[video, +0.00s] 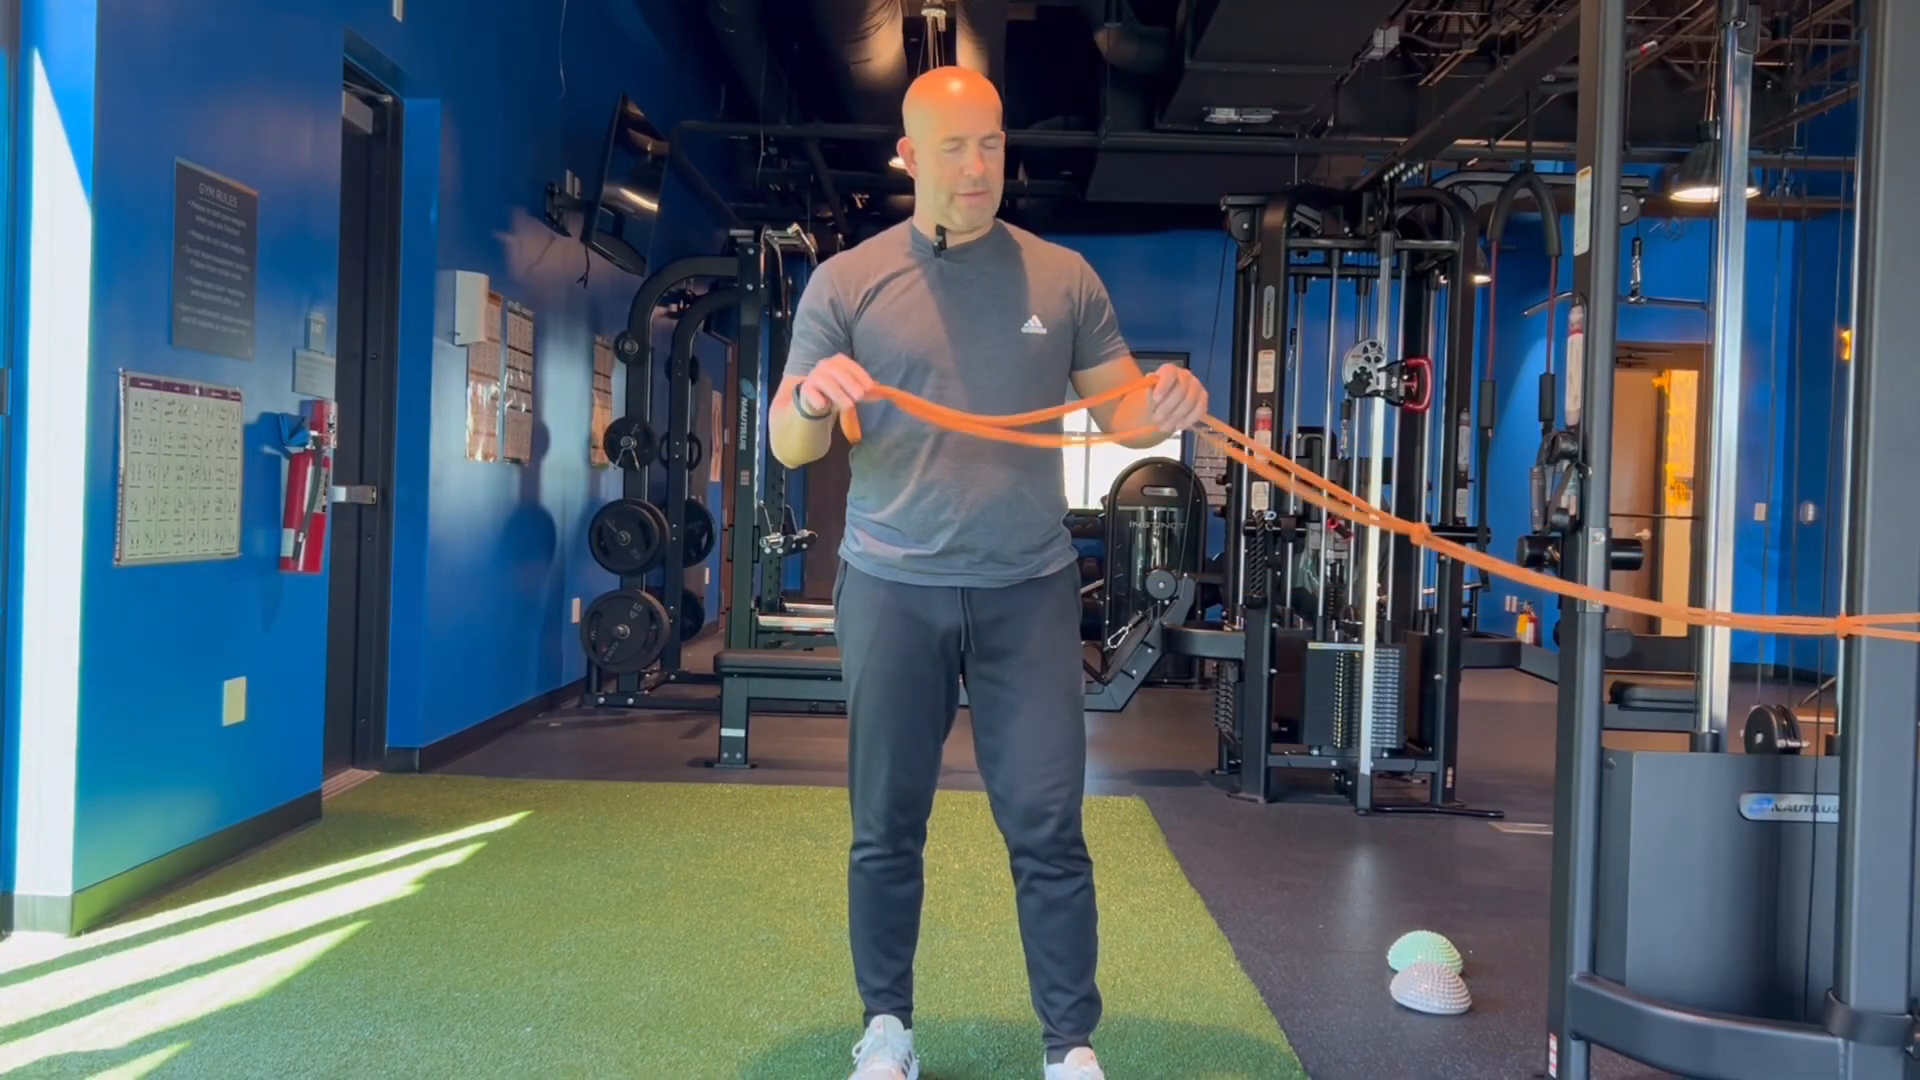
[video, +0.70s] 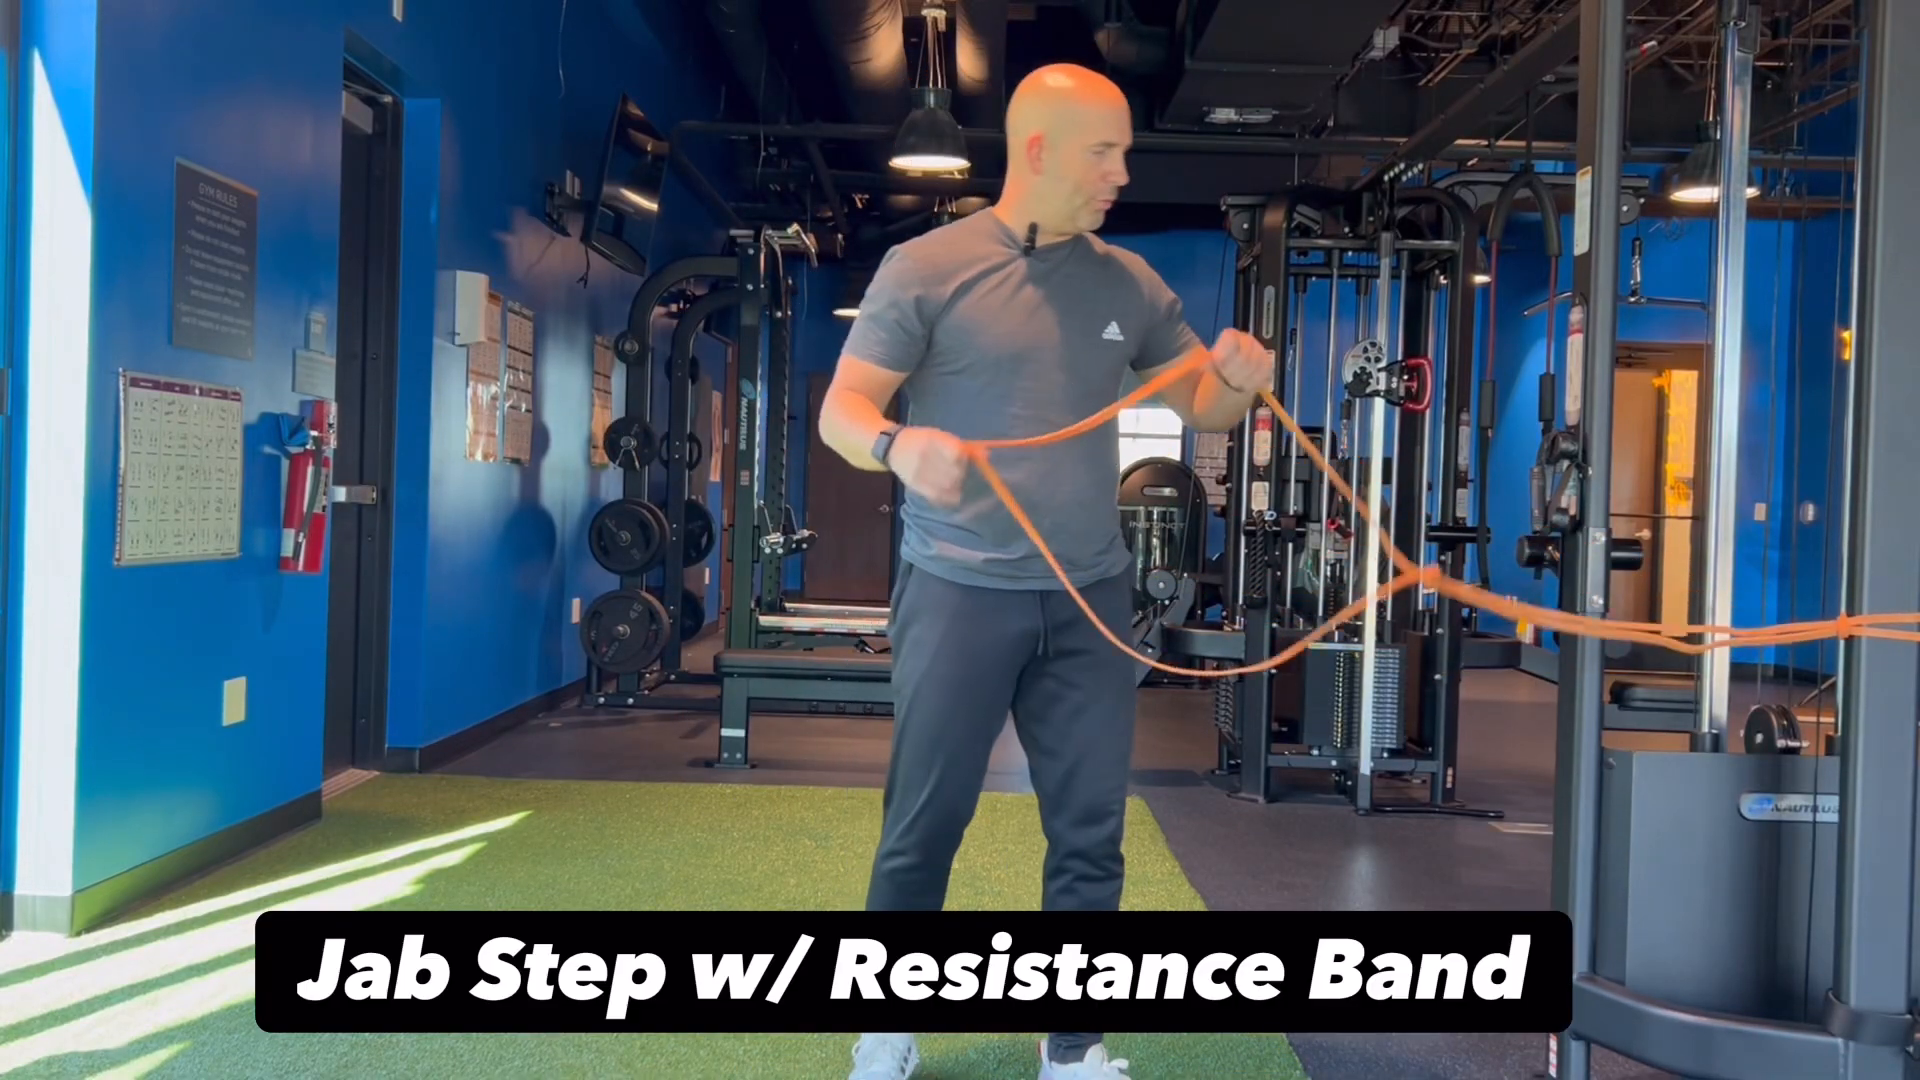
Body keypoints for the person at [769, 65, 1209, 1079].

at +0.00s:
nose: (980, 166)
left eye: (992, 145)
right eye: (957, 148)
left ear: (1006, 150)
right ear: (909, 160)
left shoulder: (1065, 279)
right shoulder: (845, 285)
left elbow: (1123, 420)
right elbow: (788, 448)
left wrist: (1167, 402)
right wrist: (810, 399)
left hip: (1031, 585)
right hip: (892, 586)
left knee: (1047, 822)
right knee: (887, 824)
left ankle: (1071, 1043)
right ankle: (887, 1021)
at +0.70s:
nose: (1121, 177)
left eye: (1125, 158)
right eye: (1106, 156)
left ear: (1087, 159)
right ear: (1035, 150)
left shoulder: (1130, 282)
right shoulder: (924, 269)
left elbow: (1206, 411)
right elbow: (843, 414)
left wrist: (1241, 381)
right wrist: (897, 444)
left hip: (1092, 595)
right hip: (961, 591)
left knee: (1091, 836)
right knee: (922, 829)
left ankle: (1071, 1048)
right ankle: (885, 1032)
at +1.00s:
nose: (1161, 178)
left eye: (1167, 159)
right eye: (1149, 155)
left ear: (1101, 154)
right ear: (1079, 144)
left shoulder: (1154, 292)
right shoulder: (950, 256)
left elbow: (1218, 422)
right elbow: (860, 408)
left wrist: (1285, 486)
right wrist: (916, 347)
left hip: (1106, 593)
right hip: (979, 578)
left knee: (1096, 834)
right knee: (960, 798)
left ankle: (1073, 1047)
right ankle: (856, 1006)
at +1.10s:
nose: (1151, 171)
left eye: (1156, 151)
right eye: (1137, 146)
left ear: (1091, 151)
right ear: (1069, 140)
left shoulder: (1143, 290)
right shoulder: (942, 251)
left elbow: (1212, 425)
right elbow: (853, 414)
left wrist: (1284, 497)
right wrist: (907, 331)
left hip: (1101, 592)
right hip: (975, 581)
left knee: (1089, 838)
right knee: (937, 826)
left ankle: (1073, 1049)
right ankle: (875, 1049)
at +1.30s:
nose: (1113, 153)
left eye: (1113, 133)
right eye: (1096, 132)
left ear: (1050, 140)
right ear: (1024, 135)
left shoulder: (1101, 283)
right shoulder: (904, 253)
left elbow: (1176, 413)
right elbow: (823, 422)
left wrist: (1287, 494)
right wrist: (871, 354)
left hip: (1071, 589)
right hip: (942, 582)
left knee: (1091, 835)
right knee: (901, 841)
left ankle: (1072, 1052)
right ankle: (870, 1056)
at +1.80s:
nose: (1072, 119)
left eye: (1074, 104)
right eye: (1047, 101)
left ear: (1073, 130)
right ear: (981, 124)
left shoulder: (1087, 273)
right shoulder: (908, 262)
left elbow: (1134, 412)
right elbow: (878, 427)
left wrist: (1199, 475)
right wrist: (1041, 459)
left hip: (1072, 590)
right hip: (948, 591)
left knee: (1096, 834)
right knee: (907, 838)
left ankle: (1089, 1052)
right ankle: (872, 1054)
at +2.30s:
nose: (1198, 127)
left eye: (1207, 111)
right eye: (1172, 109)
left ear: (1216, 137)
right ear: (1117, 132)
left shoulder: (1215, 282)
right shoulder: (1069, 248)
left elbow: (1229, 420)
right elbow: (1053, 417)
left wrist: (1268, 440)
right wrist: (1209, 475)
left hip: (1170, 578)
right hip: (1071, 563)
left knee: (1152, 822)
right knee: (1105, 810)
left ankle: (1089, 1048)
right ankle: (963, 1019)